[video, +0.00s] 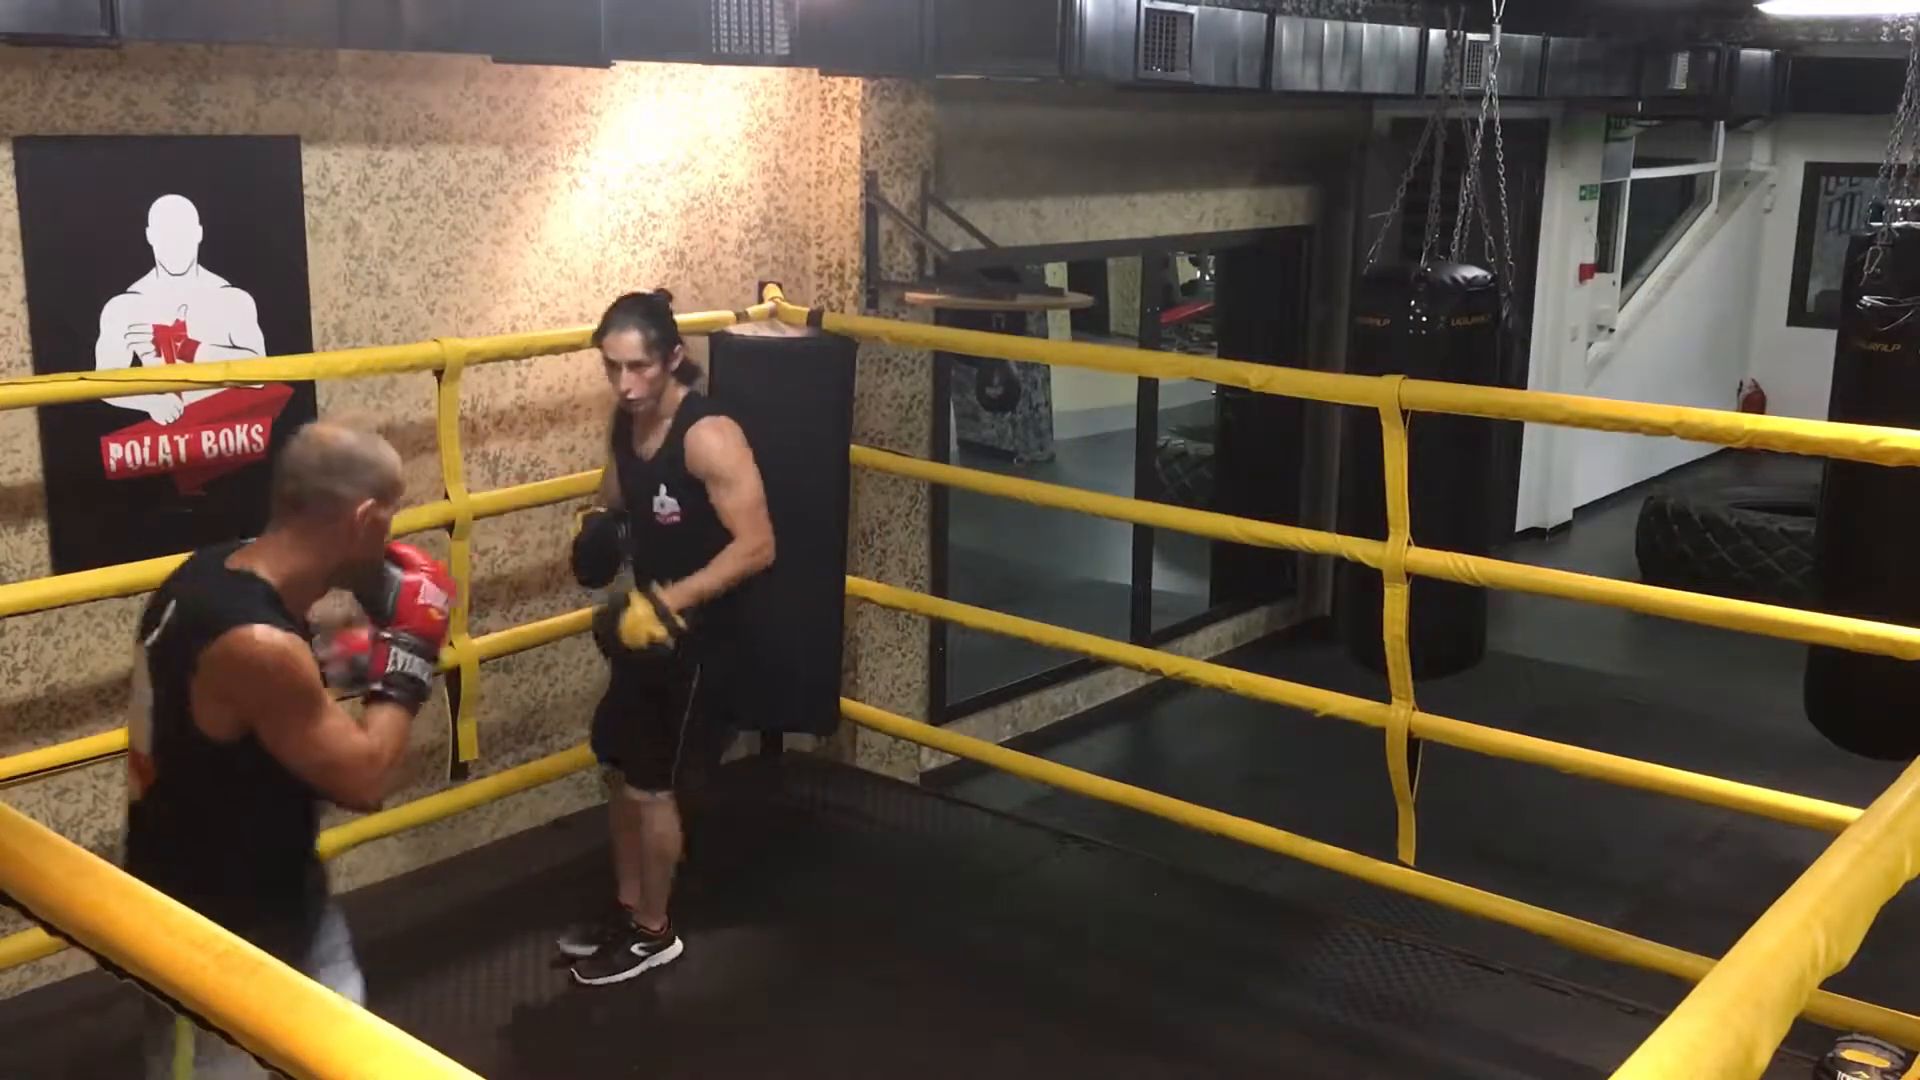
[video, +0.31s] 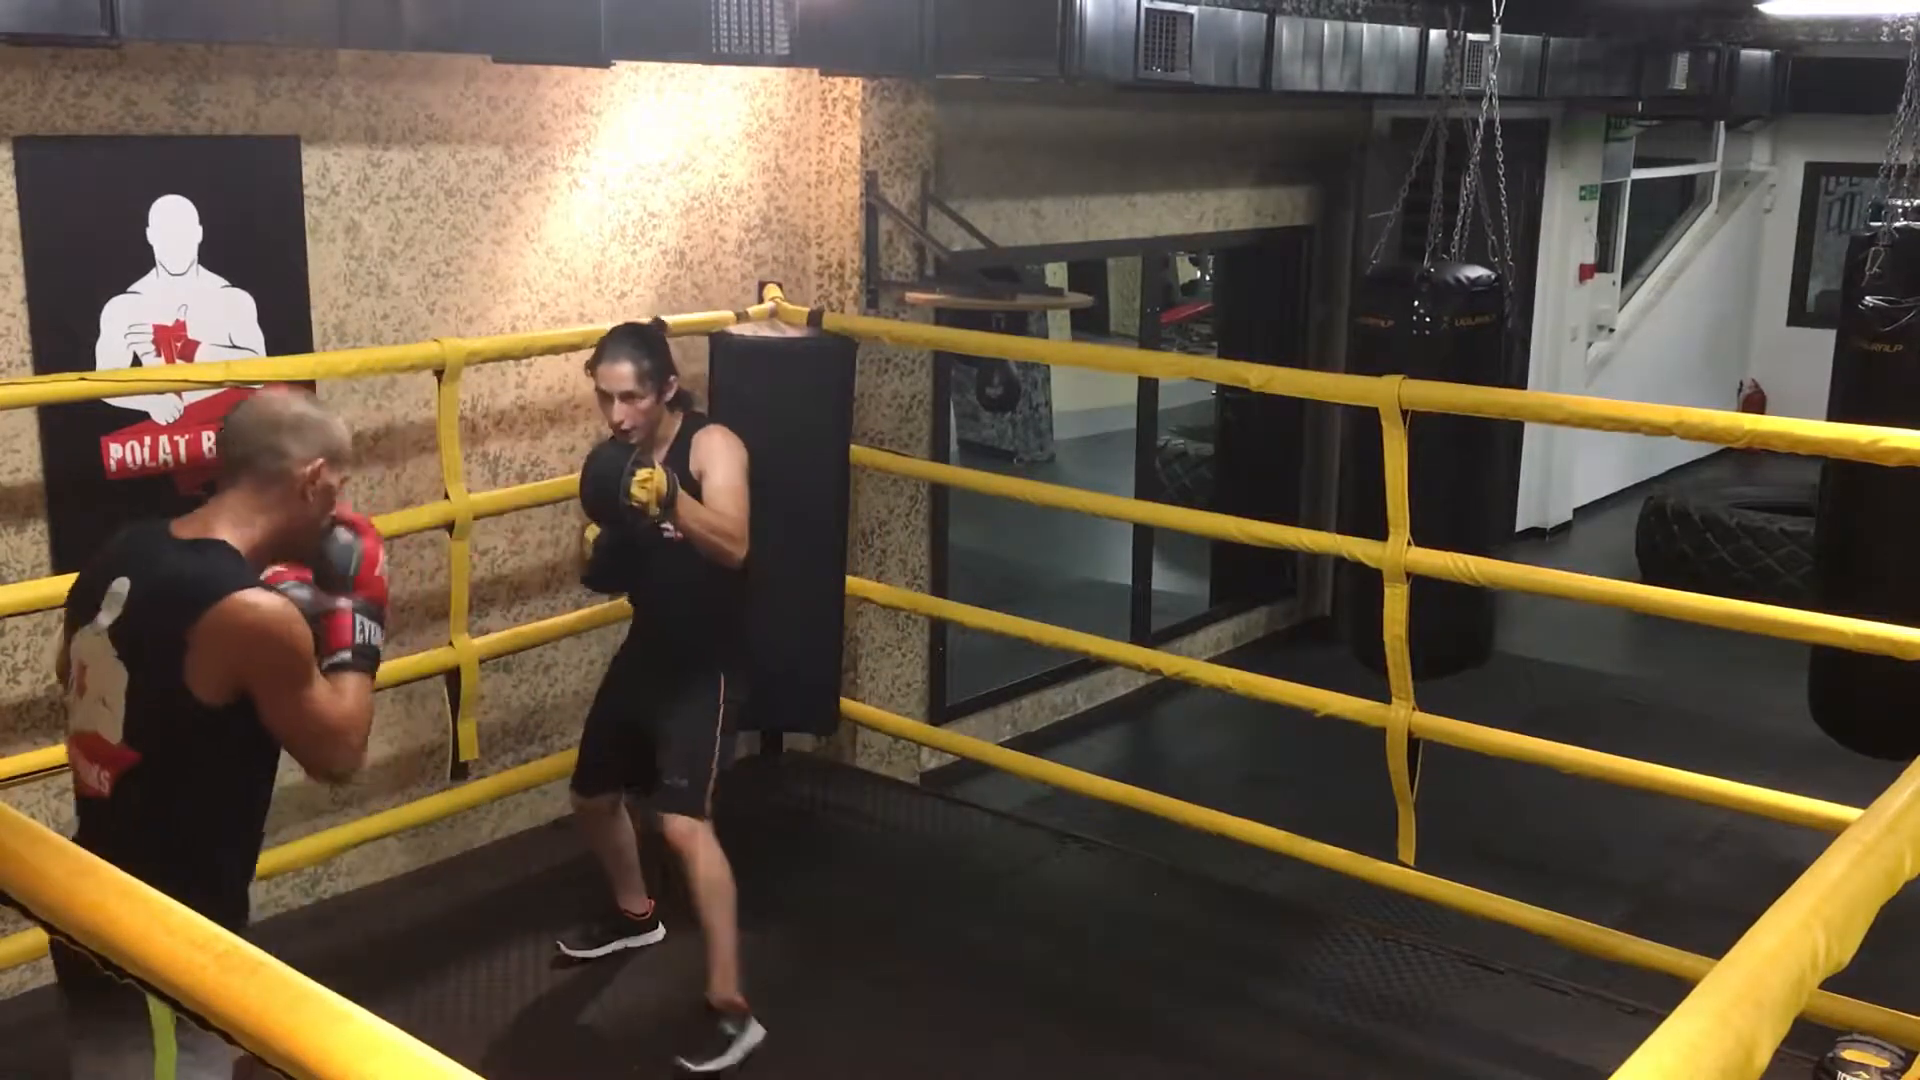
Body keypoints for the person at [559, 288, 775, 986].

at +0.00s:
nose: (626, 384)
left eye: (639, 366)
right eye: (614, 369)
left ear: (673, 358)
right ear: (606, 367)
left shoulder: (710, 435)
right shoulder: (628, 422)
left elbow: (758, 544)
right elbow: (617, 506)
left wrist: (667, 599)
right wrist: (596, 537)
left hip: (703, 636)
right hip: (648, 623)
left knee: (654, 780)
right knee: (620, 764)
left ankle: (655, 932)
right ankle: (629, 913)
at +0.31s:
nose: (615, 415)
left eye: (628, 399)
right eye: (605, 400)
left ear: (668, 388)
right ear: (599, 396)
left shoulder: (715, 446)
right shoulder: (614, 460)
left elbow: (733, 545)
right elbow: (609, 565)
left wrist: (665, 498)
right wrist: (607, 544)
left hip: (709, 653)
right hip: (646, 646)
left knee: (681, 818)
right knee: (595, 791)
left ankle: (730, 1005)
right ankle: (635, 912)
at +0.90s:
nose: (623, 436)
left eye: (637, 419)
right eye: (616, 419)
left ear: (688, 410)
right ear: (615, 415)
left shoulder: (744, 481)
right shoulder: (669, 487)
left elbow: (750, 592)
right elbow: (677, 569)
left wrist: (702, 524)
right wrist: (625, 575)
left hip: (763, 711)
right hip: (715, 705)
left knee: (752, 903)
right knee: (681, 853)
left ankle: (806, 1069)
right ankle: (775, 985)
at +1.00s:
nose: (624, 438)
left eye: (637, 421)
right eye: (619, 421)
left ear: (690, 413)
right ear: (665, 416)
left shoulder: (742, 485)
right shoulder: (682, 476)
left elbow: (707, 601)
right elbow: (697, 580)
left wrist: (624, 534)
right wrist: (633, 574)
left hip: (782, 710)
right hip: (729, 700)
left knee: (745, 910)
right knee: (693, 849)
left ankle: (803, 1069)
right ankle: (778, 988)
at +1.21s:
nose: (658, 435)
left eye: (669, 420)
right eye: (655, 418)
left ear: (723, 414)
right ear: (712, 415)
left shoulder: (784, 495)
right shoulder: (700, 481)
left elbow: (775, 627)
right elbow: (707, 585)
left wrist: (671, 584)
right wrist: (651, 585)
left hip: (781, 721)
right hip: (727, 706)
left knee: (760, 916)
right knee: (728, 856)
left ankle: (808, 1071)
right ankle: (770, 991)